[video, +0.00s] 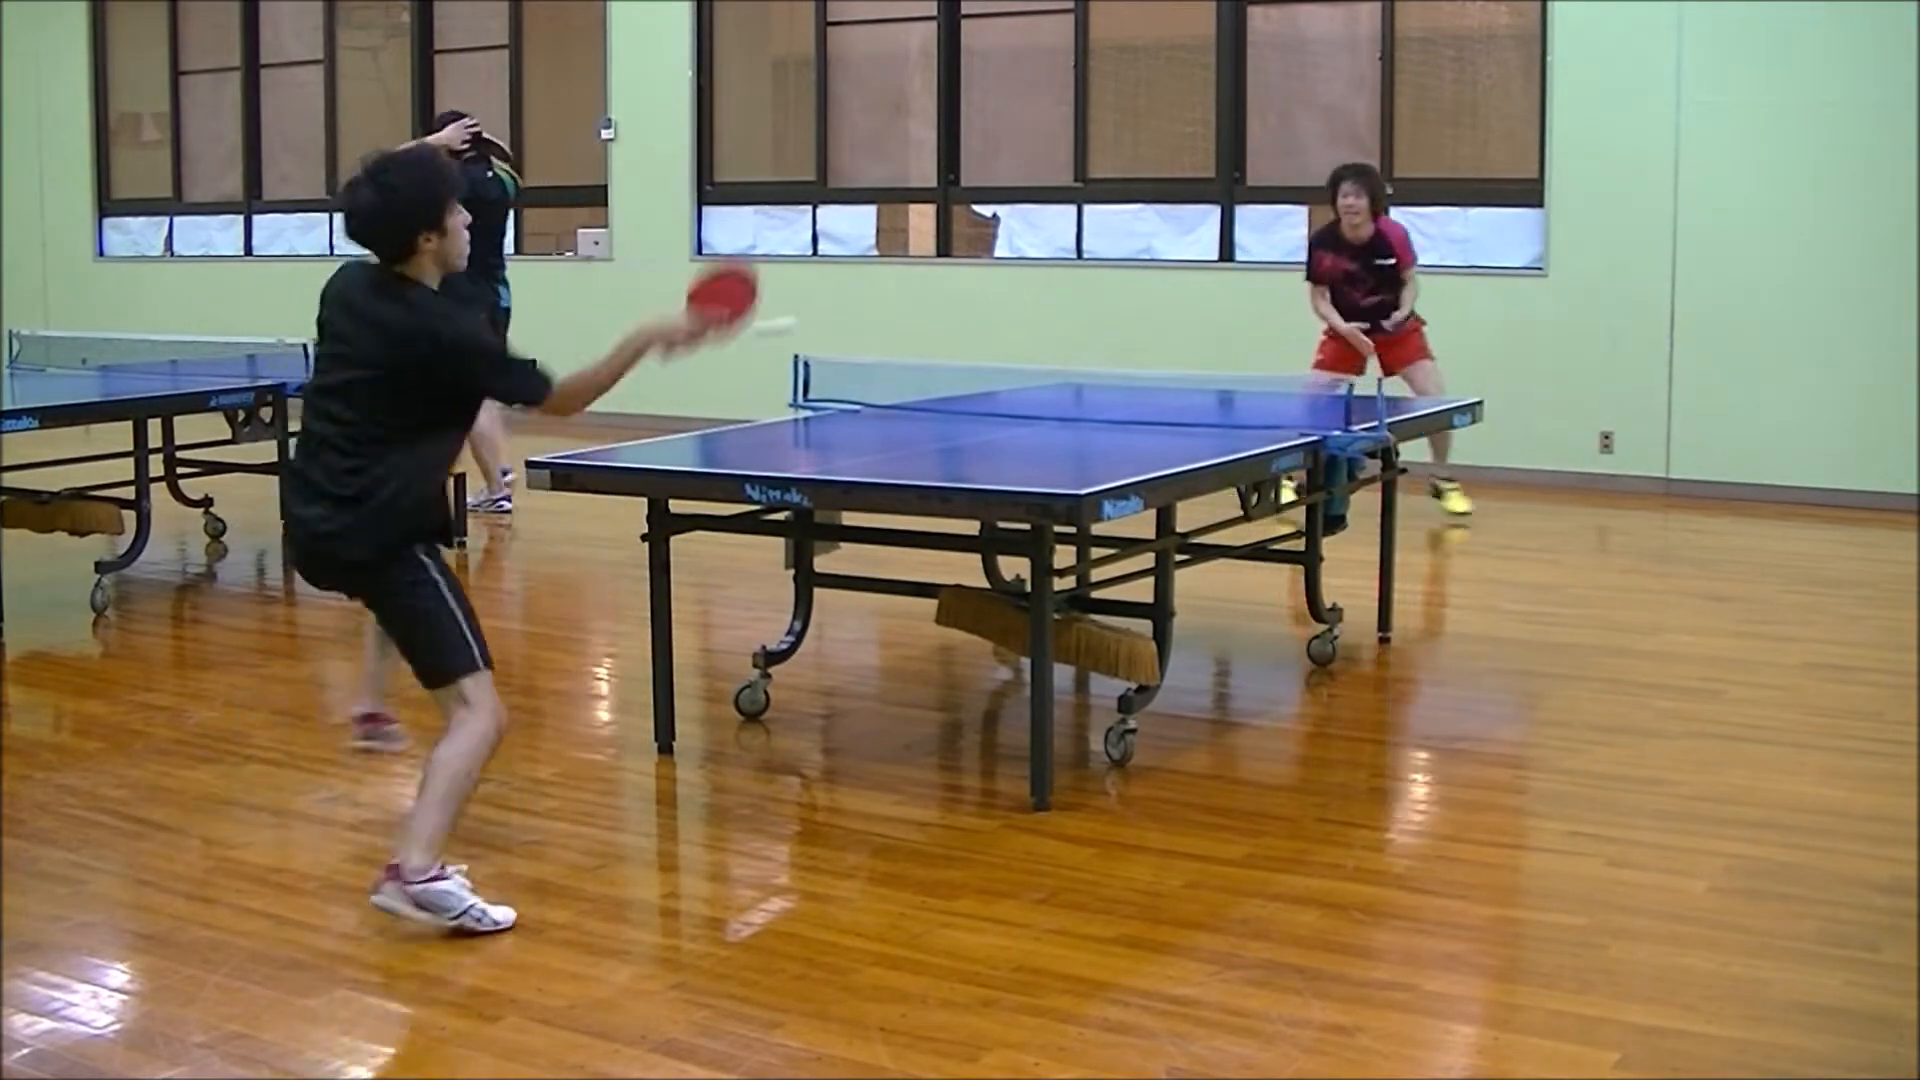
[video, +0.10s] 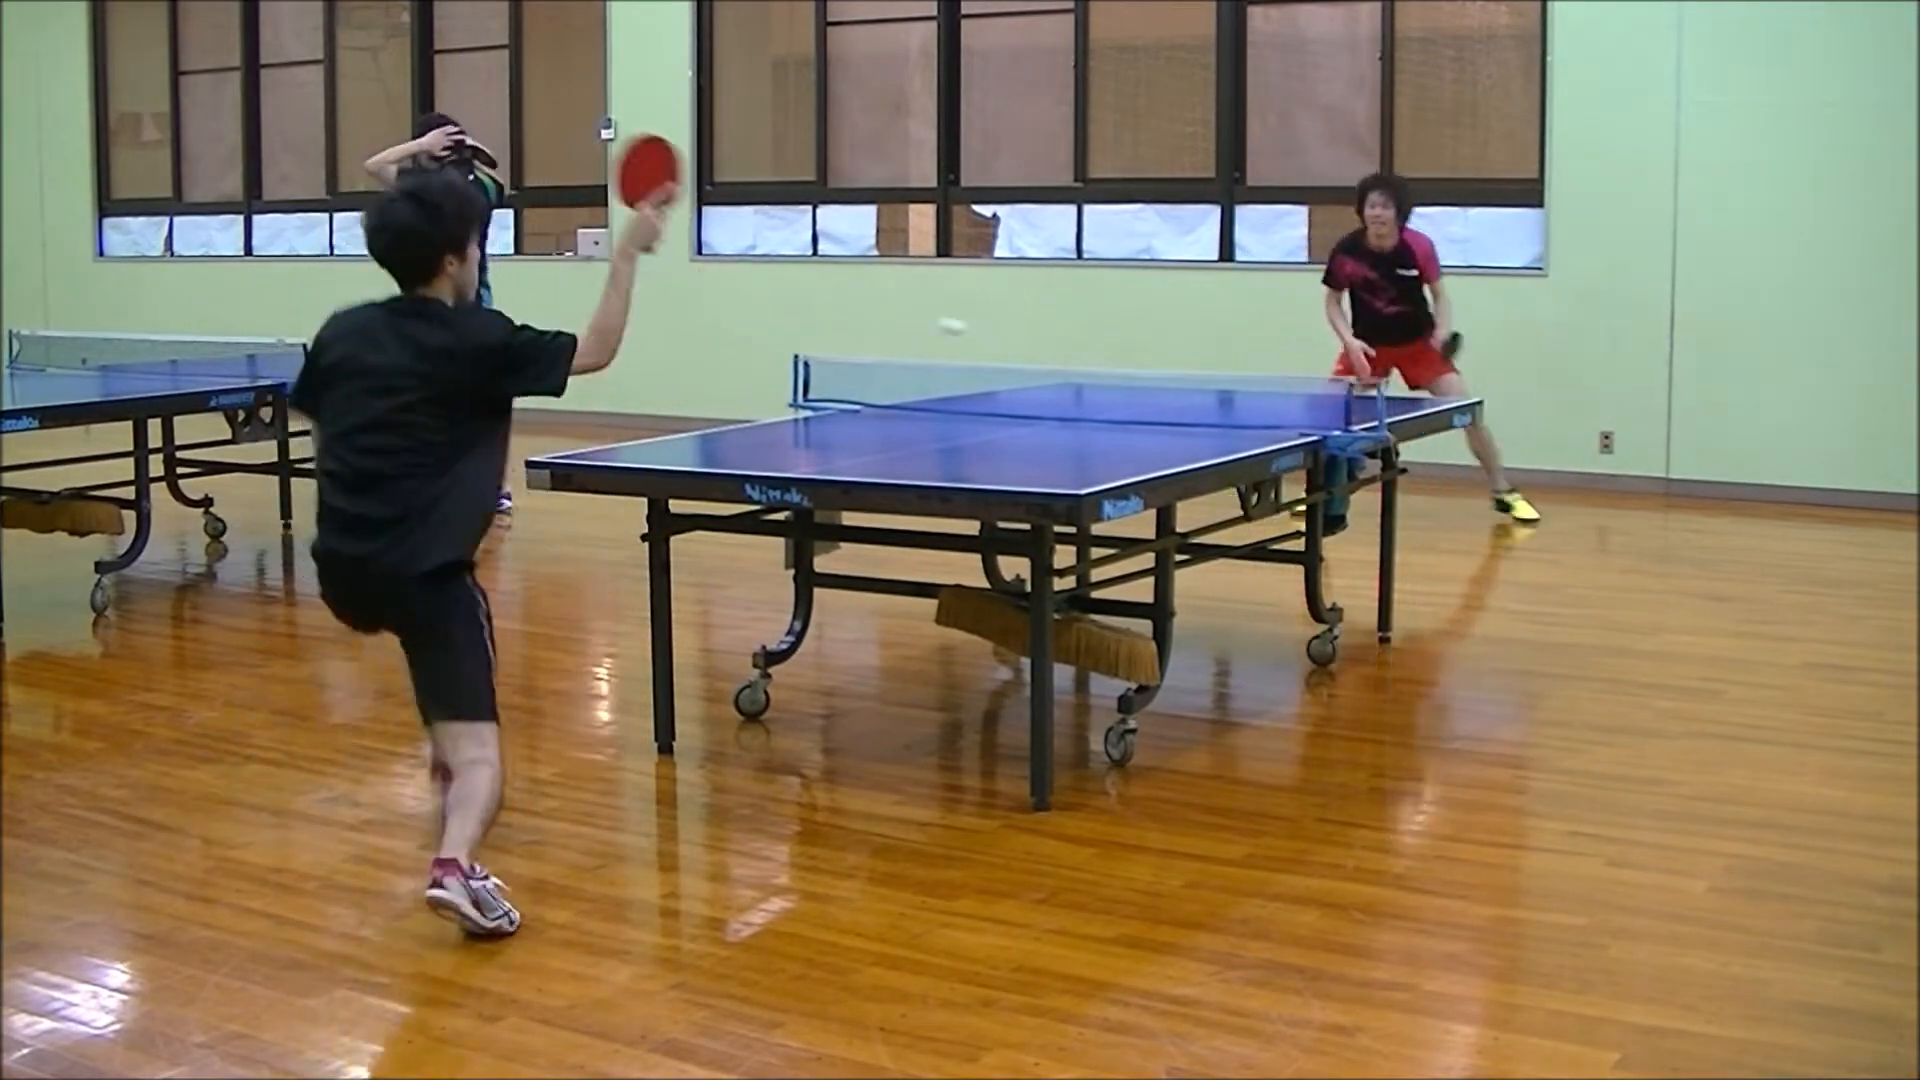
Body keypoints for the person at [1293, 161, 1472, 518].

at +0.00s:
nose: (1348, 203)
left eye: (1357, 195)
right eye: (1342, 196)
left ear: (1373, 201)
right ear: (1334, 201)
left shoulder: (1393, 234)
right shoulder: (1322, 242)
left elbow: (1409, 281)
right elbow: (1319, 298)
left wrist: (1403, 310)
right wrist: (1345, 329)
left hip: (1395, 327)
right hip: (1345, 330)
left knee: (1435, 399)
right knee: (1314, 401)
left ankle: (1441, 478)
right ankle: (1297, 477)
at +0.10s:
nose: (1377, 214)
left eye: (1385, 206)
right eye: (1370, 206)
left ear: (1400, 211)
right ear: (1361, 212)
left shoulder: (1418, 246)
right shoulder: (1347, 252)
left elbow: (1439, 295)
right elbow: (1332, 303)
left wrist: (1442, 331)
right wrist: (1349, 343)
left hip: (1417, 346)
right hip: (1366, 349)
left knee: (1467, 411)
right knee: (1332, 418)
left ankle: (1503, 492)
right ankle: (1325, 506)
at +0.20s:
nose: (1394, 235)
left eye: (1403, 228)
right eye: (1389, 227)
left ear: (1419, 232)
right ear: (1380, 231)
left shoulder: (1438, 270)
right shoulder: (1366, 272)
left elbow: (1461, 315)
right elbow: (1342, 323)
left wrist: (1474, 354)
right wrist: (1355, 365)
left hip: (1439, 367)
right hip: (1385, 369)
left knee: (1490, 421)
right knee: (1341, 428)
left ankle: (1513, 497)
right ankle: (1333, 511)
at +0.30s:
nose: (1395, 231)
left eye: (1404, 225)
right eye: (1389, 223)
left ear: (1419, 231)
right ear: (1381, 226)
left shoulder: (1434, 265)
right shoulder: (1360, 264)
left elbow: (1452, 313)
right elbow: (1336, 316)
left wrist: (1483, 356)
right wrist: (1355, 368)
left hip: (1418, 364)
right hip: (1364, 363)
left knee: (1468, 417)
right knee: (1329, 426)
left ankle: (1512, 494)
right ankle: (1327, 511)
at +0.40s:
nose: (1383, 233)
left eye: (1392, 227)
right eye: (1379, 224)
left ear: (1409, 233)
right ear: (1370, 225)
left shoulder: (1420, 266)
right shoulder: (1346, 259)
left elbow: (1438, 313)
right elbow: (1317, 312)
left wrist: (1469, 359)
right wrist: (1338, 360)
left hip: (1388, 352)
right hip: (1335, 351)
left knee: (1437, 409)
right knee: (1304, 415)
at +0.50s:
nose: (1361, 249)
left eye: (1370, 243)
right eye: (1356, 241)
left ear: (1386, 249)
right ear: (1347, 242)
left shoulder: (1395, 282)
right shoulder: (1322, 274)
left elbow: (1410, 334)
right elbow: (1292, 320)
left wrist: (1438, 387)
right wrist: (1310, 369)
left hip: (1364, 366)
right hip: (1315, 365)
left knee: (1415, 412)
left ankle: (1412, 485)